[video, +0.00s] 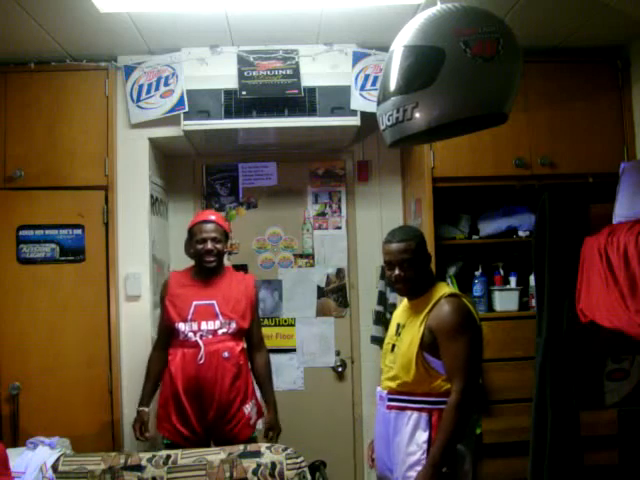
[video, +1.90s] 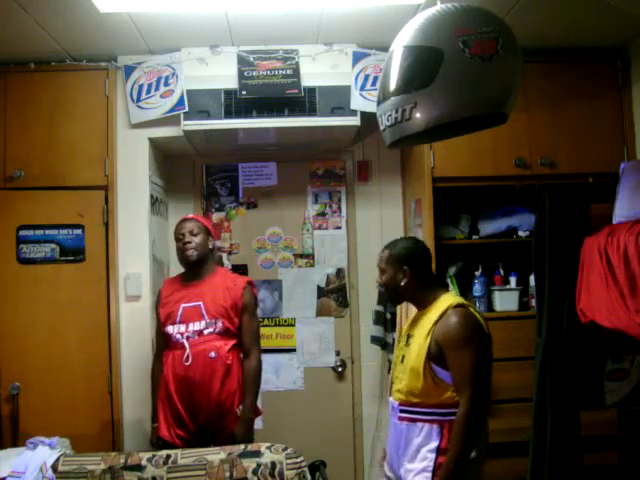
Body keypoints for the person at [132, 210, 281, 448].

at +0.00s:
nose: (209, 247)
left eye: (216, 241)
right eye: (201, 241)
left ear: (227, 245)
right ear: (189, 247)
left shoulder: (245, 284)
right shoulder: (174, 284)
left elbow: (257, 348)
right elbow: (162, 347)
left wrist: (271, 410)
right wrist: (143, 405)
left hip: (233, 413)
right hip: (181, 413)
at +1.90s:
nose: (186, 240)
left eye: (194, 234)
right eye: (180, 237)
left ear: (211, 240)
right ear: (176, 247)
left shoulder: (238, 287)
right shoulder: (167, 290)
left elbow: (251, 354)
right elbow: (161, 355)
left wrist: (247, 415)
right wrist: (157, 418)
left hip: (226, 416)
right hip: (176, 417)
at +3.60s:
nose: (187, 241)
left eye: (194, 234)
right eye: (180, 237)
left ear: (211, 241)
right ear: (176, 247)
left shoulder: (237, 288)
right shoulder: (167, 289)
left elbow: (251, 354)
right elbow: (160, 355)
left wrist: (246, 417)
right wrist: (157, 419)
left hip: (225, 416)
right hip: (176, 417)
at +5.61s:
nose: (187, 241)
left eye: (195, 235)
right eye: (180, 238)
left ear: (211, 242)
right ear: (175, 248)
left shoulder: (237, 288)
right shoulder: (166, 290)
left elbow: (251, 355)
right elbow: (159, 356)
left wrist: (245, 418)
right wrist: (156, 420)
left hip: (225, 417)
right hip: (175, 418)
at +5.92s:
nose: (186, 241)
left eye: (194, 234)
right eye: (179, 237)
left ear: (210, 242)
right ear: (175, 248)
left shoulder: (237, 288)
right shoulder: (166, 290)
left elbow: (251, 355)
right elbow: (159, 355)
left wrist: (245, 419)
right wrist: (157, 419)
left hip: (225, 416)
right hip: (176, 417)